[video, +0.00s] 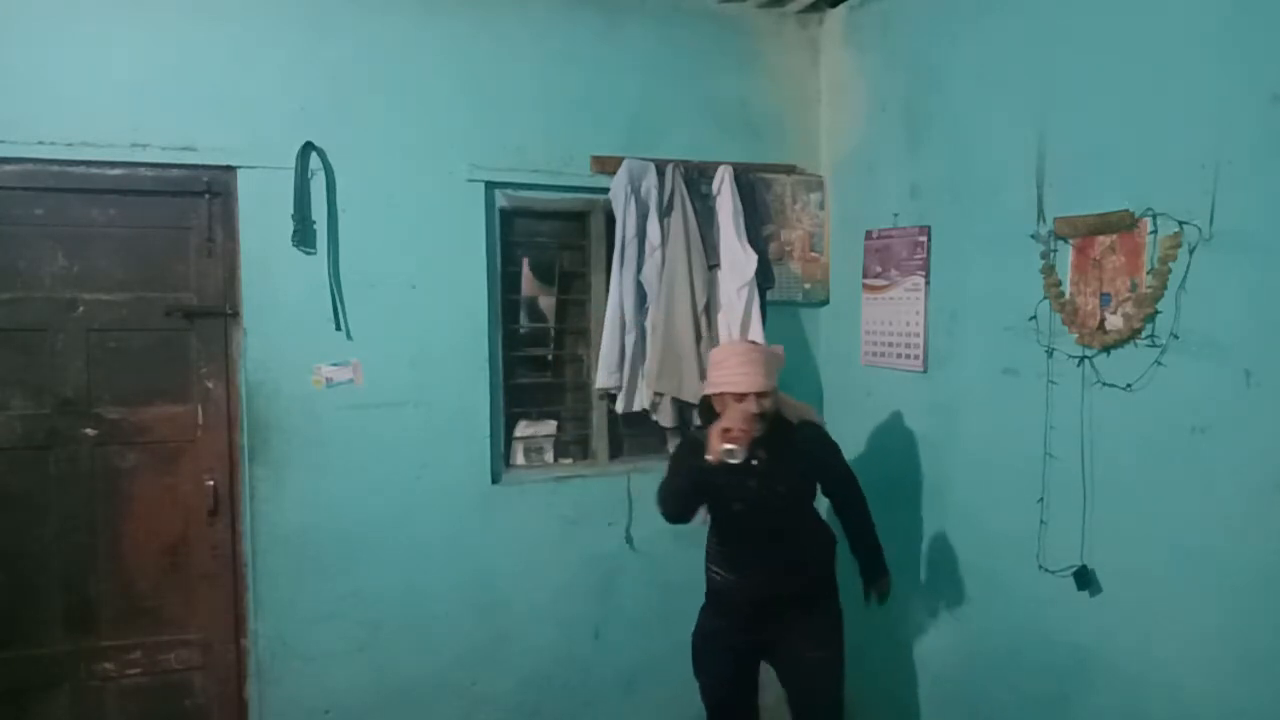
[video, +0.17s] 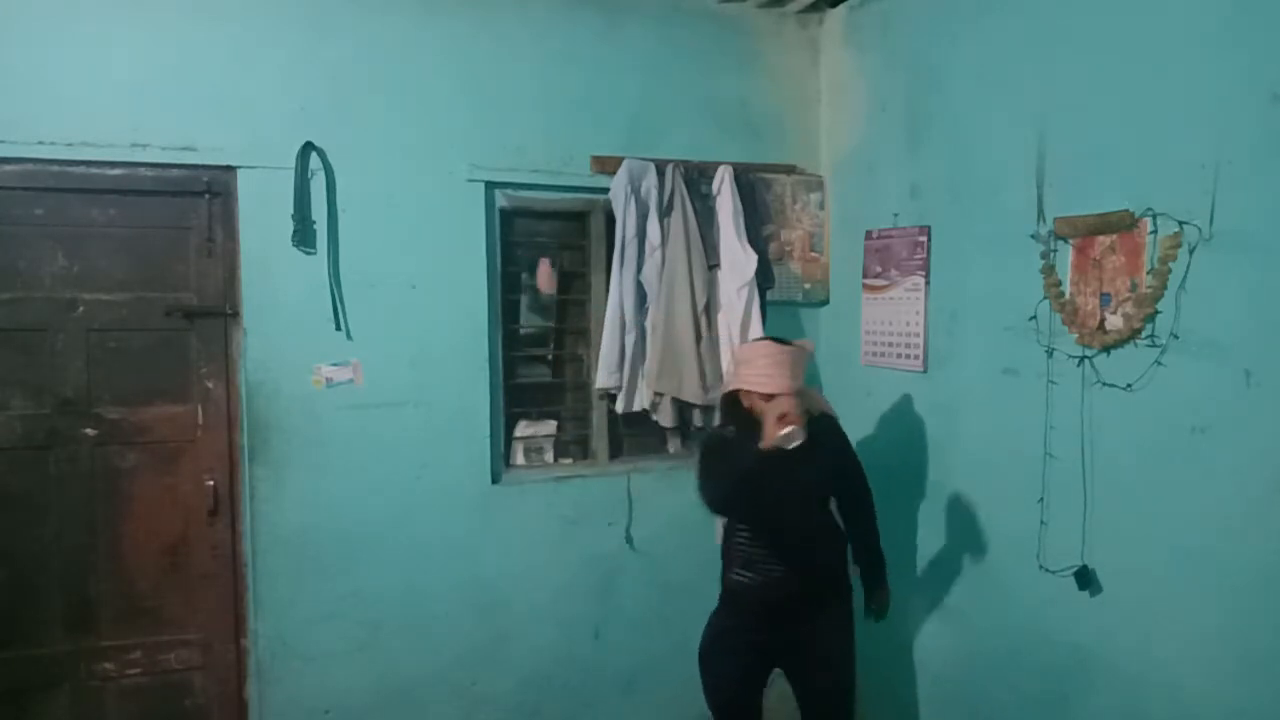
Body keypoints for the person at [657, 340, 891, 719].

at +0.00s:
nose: (754, 408)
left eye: (762, 396)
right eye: (740, 398)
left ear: (774, 393)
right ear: (716, 399)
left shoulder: (806, 439)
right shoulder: (697, 446)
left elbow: (849, 501)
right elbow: (674, 510)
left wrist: (874, 568)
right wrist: (710, 459)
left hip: (806, 601)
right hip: (731, 602)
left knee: (820, 709)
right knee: (727, 710)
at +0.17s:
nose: (785, 406)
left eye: (791, 395)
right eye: (772, 397)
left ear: (801, 392)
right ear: (748, 398)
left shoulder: (824, 433)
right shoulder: (726, 441)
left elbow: (858, 508)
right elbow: (720, 499)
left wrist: (875, 580)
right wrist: (768, 448)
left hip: (820, 602)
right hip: (748, 602)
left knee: (831, 707)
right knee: (725, 674)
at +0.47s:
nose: (825, 382)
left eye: (828, 373)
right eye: (814, 372)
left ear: (834, 371)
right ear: (783, 375)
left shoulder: (834, 422)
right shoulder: (758, 422)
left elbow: (863, 505)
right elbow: (775, 470)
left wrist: (886, 581)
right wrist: (838, 393)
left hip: (846, 604)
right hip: (781, 605)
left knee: (849, 710)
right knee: (770, 710)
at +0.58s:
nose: (831, 373)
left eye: (833, 363)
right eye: (817, 364)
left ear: (839, 366)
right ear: (786, 372)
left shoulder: (838, 422)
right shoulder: (764, 418)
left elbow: (866, 508)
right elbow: (781, 460)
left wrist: (883, 582)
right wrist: (846, 388)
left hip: (849, 598)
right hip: (787, 601)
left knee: (850, 707)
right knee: (788, 708)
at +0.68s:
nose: (829, 375)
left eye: (834, 365)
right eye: (817, 366)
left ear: (841, 368)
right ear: (788, 371)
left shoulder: (838, 415)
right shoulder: (769, 406)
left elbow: (866, 501)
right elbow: (791, 455)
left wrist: (883, 579)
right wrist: (851, 387)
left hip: (852, 596)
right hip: (791, 599)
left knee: (852, 706)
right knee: (789, 708)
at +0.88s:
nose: (840, 388)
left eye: (841, 380)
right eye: (833, 379)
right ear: (806, 381)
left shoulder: (844, 428)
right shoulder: (768, 430)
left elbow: (874, 509)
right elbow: (796, 453)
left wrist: (898, 581)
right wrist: (854, 385)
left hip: (862, 608)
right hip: (798, 610)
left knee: (856, 709)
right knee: (789, 711)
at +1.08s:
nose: (834, 379)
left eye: (842, 367)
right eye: (819, 369)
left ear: (849, 369)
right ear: (792, 376)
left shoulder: (858, 429)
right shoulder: (770, 435)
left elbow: (892, 511)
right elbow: (781, 463)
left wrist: (914, 588)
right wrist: (831, 398)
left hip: (870, 610)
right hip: (802, 611)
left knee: (859, 711)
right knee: (796, 711)